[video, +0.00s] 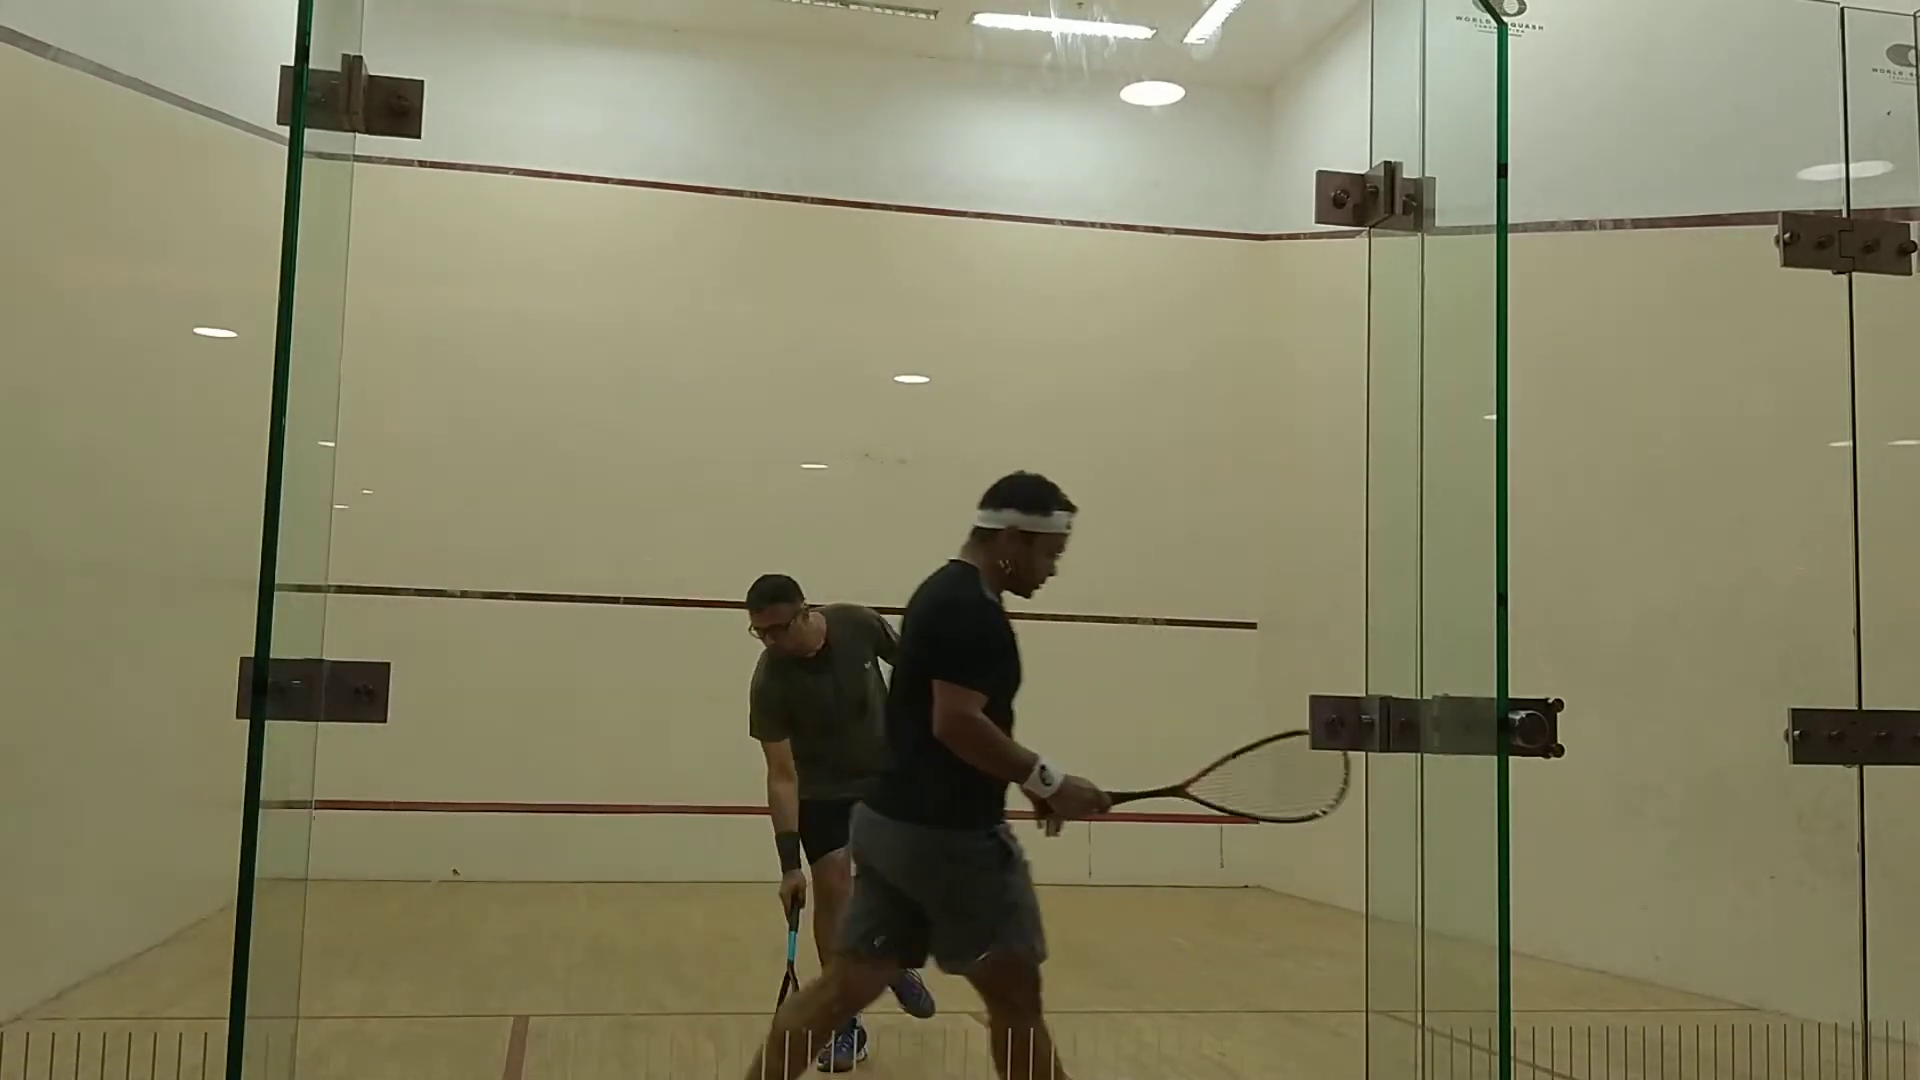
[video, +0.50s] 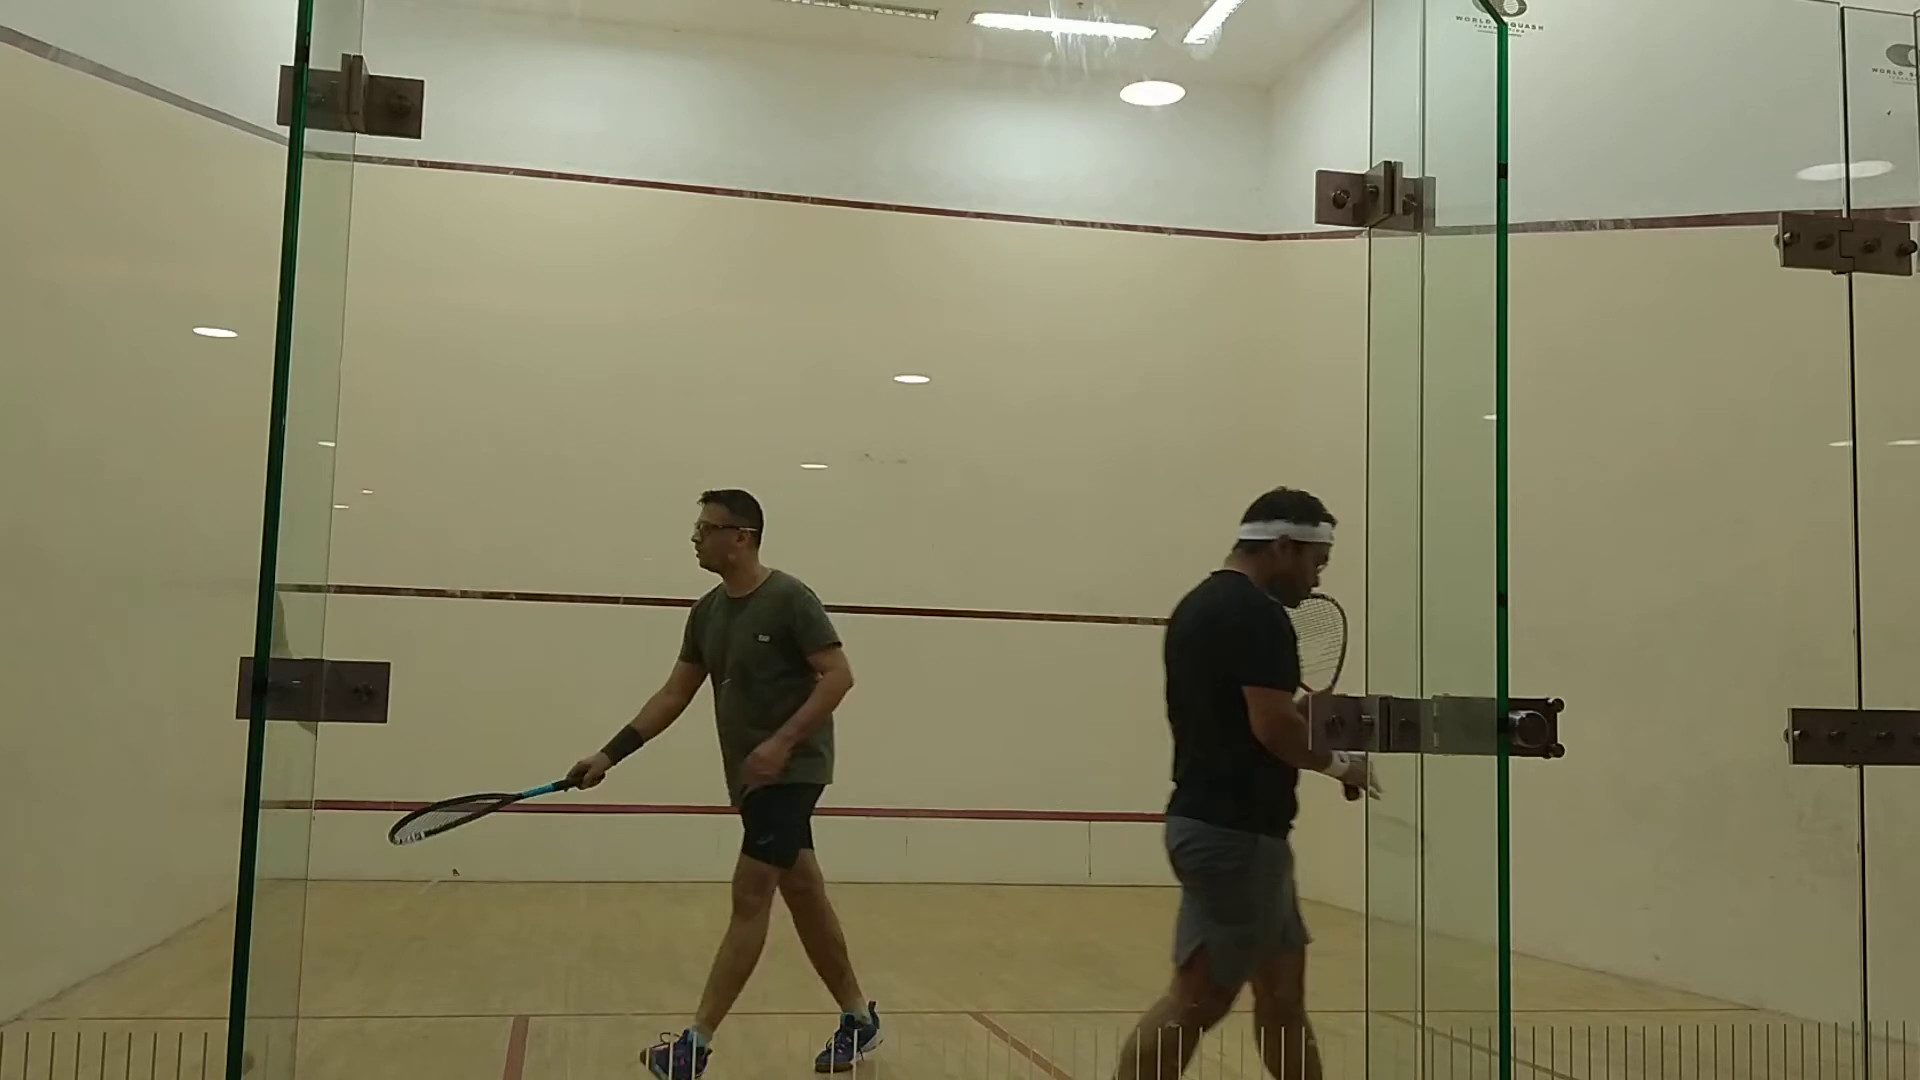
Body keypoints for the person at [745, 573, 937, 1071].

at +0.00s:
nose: (768, 641)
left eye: (776, 630)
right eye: (760, 633)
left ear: (803, 612)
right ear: (756, 627)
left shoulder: (857, 623)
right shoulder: (770, 685)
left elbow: (913, 668)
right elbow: (781, 776)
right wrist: (790, 866)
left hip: (883, 778)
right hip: (820, 793)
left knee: (898, 872)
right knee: (832, 889)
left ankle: (896, 961)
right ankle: (843, 1018)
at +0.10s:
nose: (744, 638)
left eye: (750, 626)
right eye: (737, 629)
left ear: (781, 610)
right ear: (736, 623)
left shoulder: (842, 618)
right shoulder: (758, 680)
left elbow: (902, 655)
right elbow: (773, 773)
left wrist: (920, 734)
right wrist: (780, 864)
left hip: (881, 764)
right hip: (815, 782)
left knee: (897, 879)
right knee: (827, 892)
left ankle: (906, 993)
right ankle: (848, 1020)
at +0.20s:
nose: (726, 611)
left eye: (732, 598)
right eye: (720, 602)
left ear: (763, 584)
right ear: (723, 600)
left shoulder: (832, 607)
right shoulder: (742, 663)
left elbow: (898, 648)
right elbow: (746, 751)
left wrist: (907, 730)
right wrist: (730, 835)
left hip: (867, 757)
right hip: (804, 776)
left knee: (867, 875)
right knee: (825, 886)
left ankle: (893, 1011)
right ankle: (848, 1022)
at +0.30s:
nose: (709, 569)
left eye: (718, 559)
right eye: (707, 560)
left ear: (754, 555)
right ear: (719, 563)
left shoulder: (823, 597)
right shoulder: (727, 634)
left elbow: (891, 647)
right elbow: (714, 720)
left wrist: (882, 727)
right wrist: (671, 794)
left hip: (849, 753)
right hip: (791, 771)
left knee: (828, 874)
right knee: (818, 888)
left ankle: (836, 1018)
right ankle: (848, 1019)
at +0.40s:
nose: (705, 547)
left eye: (716, 538)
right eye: (704, 538)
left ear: (752, 540)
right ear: (724, 544)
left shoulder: (807, 595)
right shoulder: (718, 617)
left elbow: (872, 658)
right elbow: (691, 701)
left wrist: (846, 731)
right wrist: (632, 764)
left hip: (825, 758)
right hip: (772, 770)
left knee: (789, 879)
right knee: (821, 889)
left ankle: (754, 1030)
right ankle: (858, 1019)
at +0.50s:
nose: (696, 538)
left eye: (707, 530)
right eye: (697, 529)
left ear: (743, 537)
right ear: (724, 539)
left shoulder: (791, 599)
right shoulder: (708, 611)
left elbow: (838, 677)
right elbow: (674, 694)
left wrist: (782, 742)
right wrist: (606, 756)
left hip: (793, 774)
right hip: (750, 776)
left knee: (750, 896)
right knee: (804, 892)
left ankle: (696, 1042)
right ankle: (860, 1016)